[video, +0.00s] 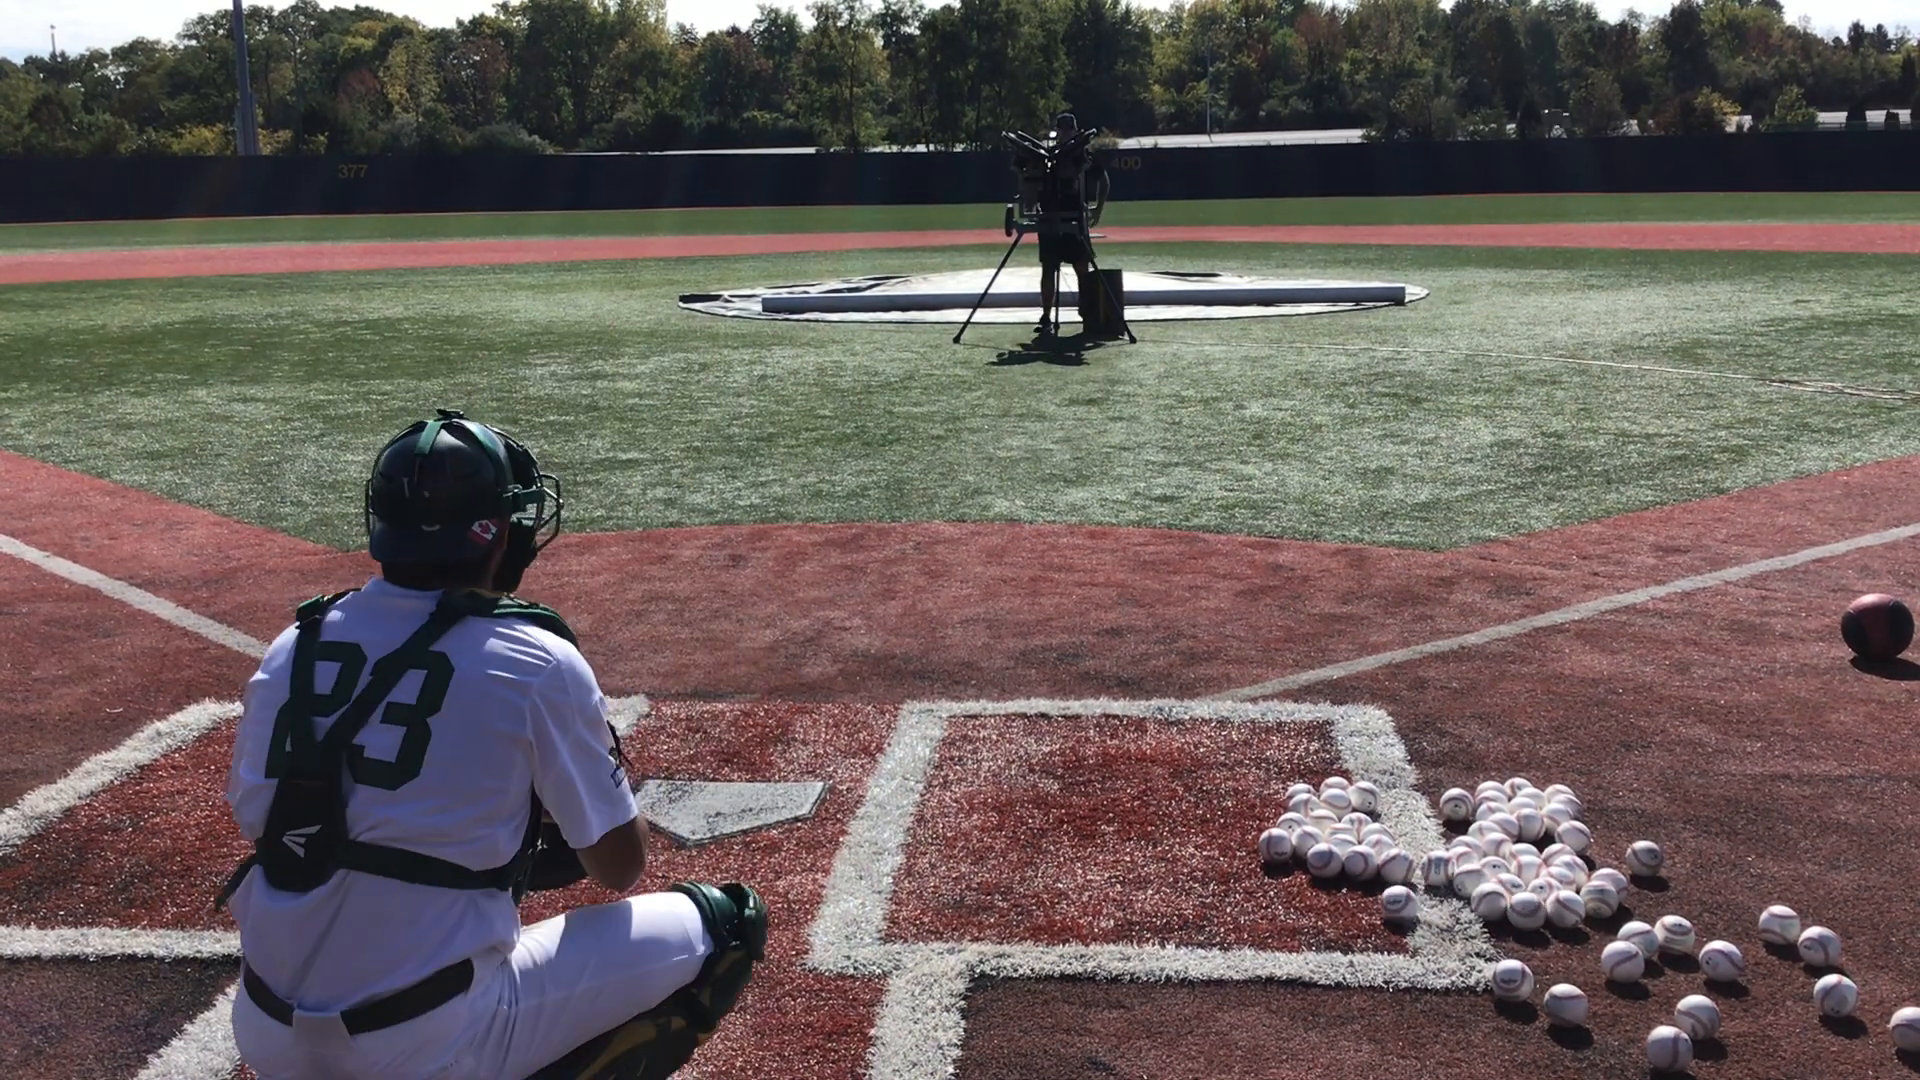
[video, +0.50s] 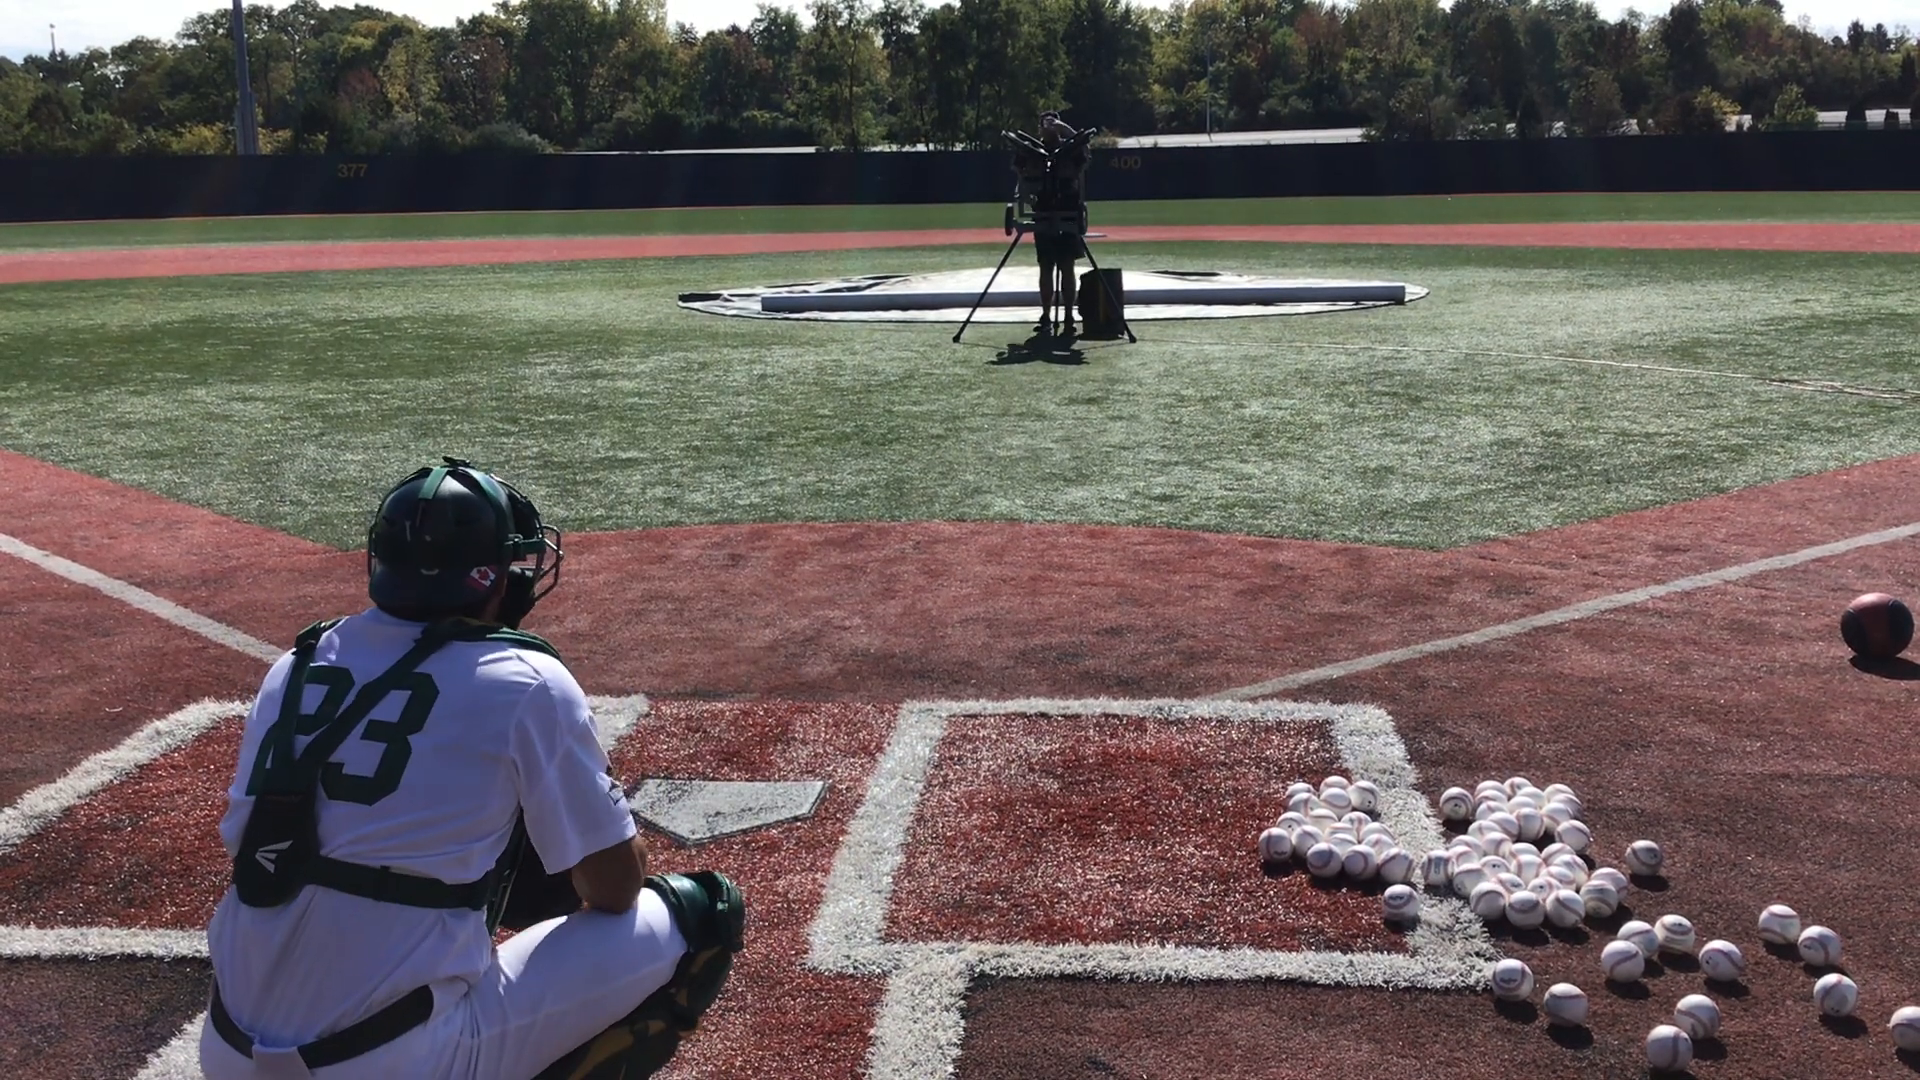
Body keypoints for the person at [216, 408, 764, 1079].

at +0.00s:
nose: (526, 534)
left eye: (521, 517)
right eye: (518, 519)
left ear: (384, 527)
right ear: (493, 540)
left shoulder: (293, 647)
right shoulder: (535, 663)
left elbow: (253, 818)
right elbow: (617, 867)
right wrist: (606, 772)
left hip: (266, 1036)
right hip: (425, 1047)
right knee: (727, 925)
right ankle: (558, 1070)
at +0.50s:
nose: (523, 576)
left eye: (520, 561)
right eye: (515, 565)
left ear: (384, 566)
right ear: (490, 583)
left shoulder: (300, 660)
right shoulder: (526, 683)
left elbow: (242, 838)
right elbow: (613, 888)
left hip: (232, 1045)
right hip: (398, 1058)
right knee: (703, 911)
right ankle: (563, 1064)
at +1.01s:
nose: (532, 578)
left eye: (529, 563)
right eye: (524, 567)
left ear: (390, 572)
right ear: (498, 588)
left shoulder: (303, 667)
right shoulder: (543, 686)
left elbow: (246, 857)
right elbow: (622, 892)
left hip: (242, 1048)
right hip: (416, 1061)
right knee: (701, 907)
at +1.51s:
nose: (536, 443)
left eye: (532, 427)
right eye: (529, 429)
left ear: (402, 433)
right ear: (510, 441)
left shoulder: (327, 519)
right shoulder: (558, 521)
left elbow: (245, 700)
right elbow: (711, 697)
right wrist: (608, 684)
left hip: (269, 880)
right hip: (446, 888)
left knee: (243, 793)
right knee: (705, 824)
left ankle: (255, 1068)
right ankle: (620, 1066)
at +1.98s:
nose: (528, 552)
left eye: (526, 536)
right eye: (519, 538)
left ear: (393, 544)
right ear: (494, 555)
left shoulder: (318, 625)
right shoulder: (515, 644)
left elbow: (229, 781)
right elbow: (715, 779)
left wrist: (489, 815)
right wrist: (618, 802)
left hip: (187, 987)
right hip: (356, 1001)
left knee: (194, 872)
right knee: (669, 859)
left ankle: (173, 1065)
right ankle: (664, 1063)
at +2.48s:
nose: (505, 563)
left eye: (502, 545)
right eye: (497, 549)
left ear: (365, 555)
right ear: (473, 566)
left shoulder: (295, 637)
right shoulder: (493, 670)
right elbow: (591, 831)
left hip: (206, 1017)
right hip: (316, 1018)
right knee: (652, 872)